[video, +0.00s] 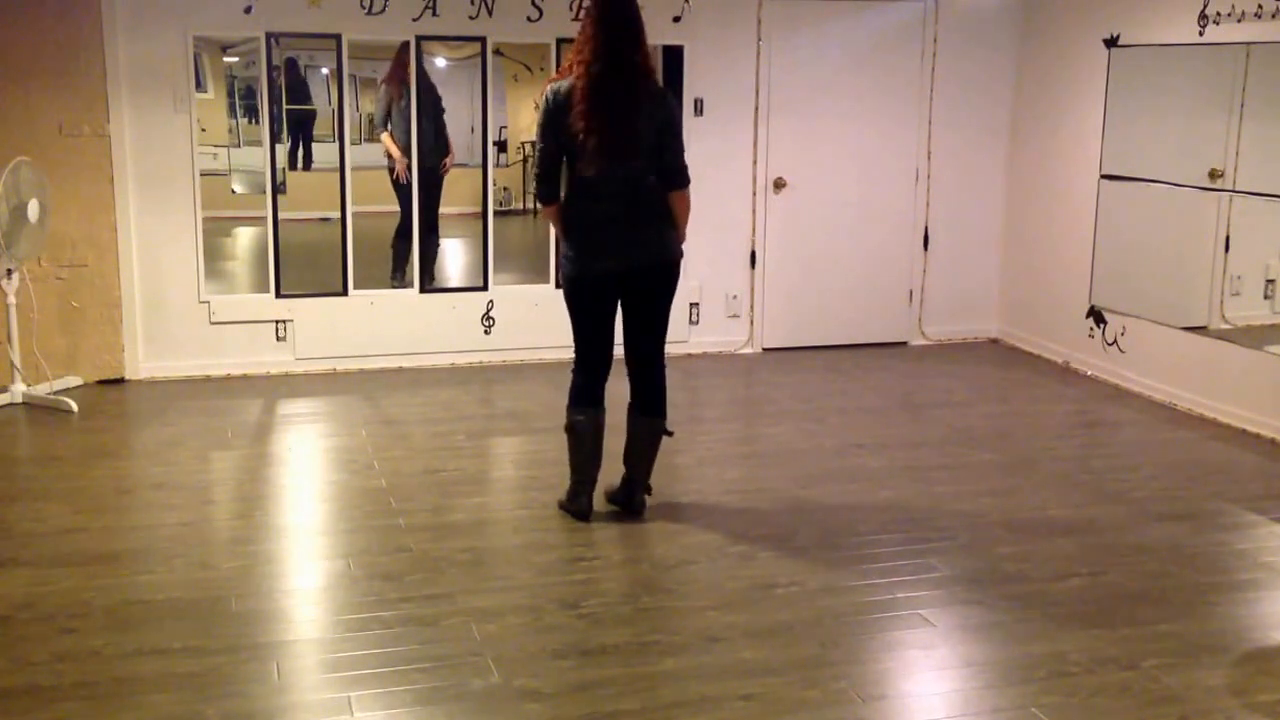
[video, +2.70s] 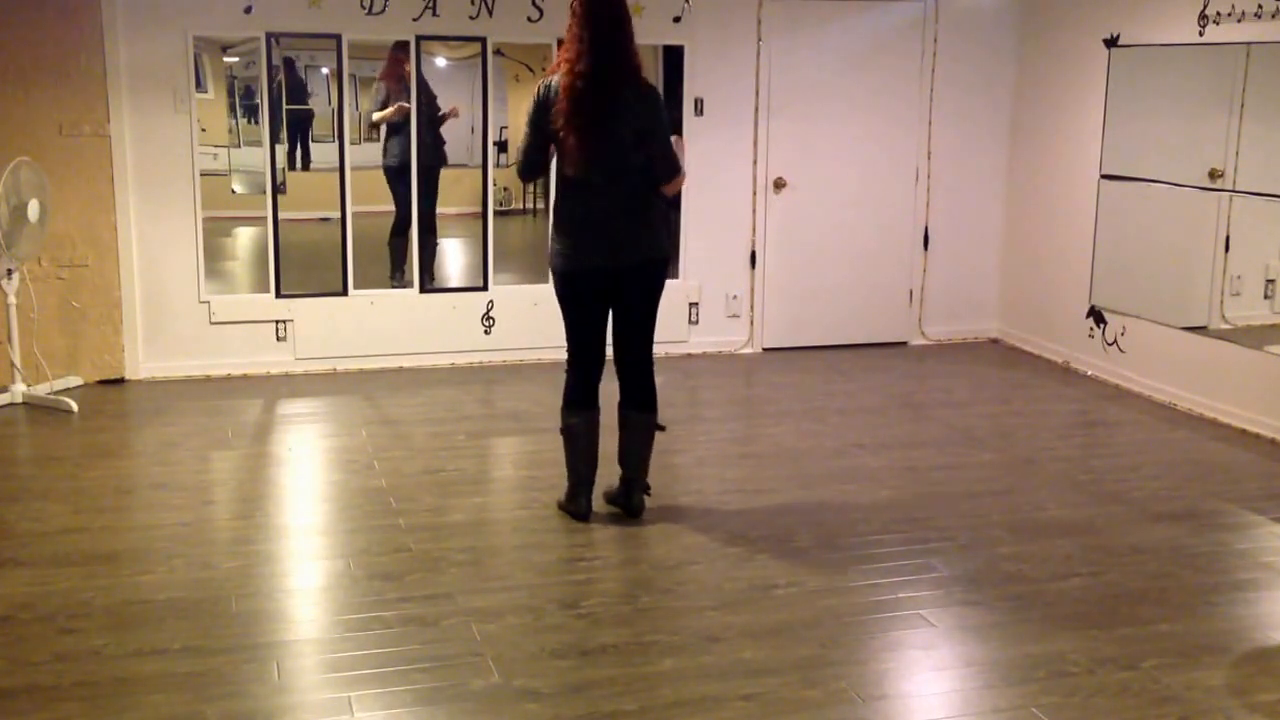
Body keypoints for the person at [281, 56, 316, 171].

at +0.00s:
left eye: (284, 67)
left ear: (285, 67)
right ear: (297, 66)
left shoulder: (283, 82)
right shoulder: (302, 80)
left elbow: (280, 100)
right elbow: (308, 97)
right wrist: (311, 109)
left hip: (292, 113)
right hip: (307, 112)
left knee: (294, 142)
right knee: (307, 143)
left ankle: (292, 169)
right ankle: (306, 169)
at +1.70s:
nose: (282, 70)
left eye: (282, 68)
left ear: (283, 67)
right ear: (293, 65)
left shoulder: (282, 79)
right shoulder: (300, 77)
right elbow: (308, 94)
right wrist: (304, 101)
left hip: (287, 112)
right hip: (300, 112)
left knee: (288, 143)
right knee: (298, 142)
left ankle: (290, 168)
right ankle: (303, 166)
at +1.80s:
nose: (283, 70)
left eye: (283, 67)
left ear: (283, 67)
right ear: (294, 66)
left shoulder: (282, 81)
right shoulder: (300, 78)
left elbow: (278, 97)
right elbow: (311, 91)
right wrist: (304, 99)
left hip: (289, 113)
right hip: (303, 112)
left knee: (291, 143)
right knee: (302, 142)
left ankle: (290, 168)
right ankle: (305, 167)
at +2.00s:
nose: (284, 70)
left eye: (283, 67)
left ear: (283, 67)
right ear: (294, 65)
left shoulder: (282, 81)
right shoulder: (300, 77)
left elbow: (278, 96)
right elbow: (311, 91)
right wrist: (304, 98)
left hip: (289, 112)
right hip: (303, 112)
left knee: (291, 143)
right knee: (304, 142)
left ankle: (291, 168)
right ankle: (305, 168)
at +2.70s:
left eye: (283, 67)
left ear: (283, 67)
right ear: (294, 66)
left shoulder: (281, 82)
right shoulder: (300, 80)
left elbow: (278, 100)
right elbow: (305, 96)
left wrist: (280, 115)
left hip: (290, 115)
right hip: (304, 114)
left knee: (292, 145)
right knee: (305, 144)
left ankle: (291, 170)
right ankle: (306, 169)